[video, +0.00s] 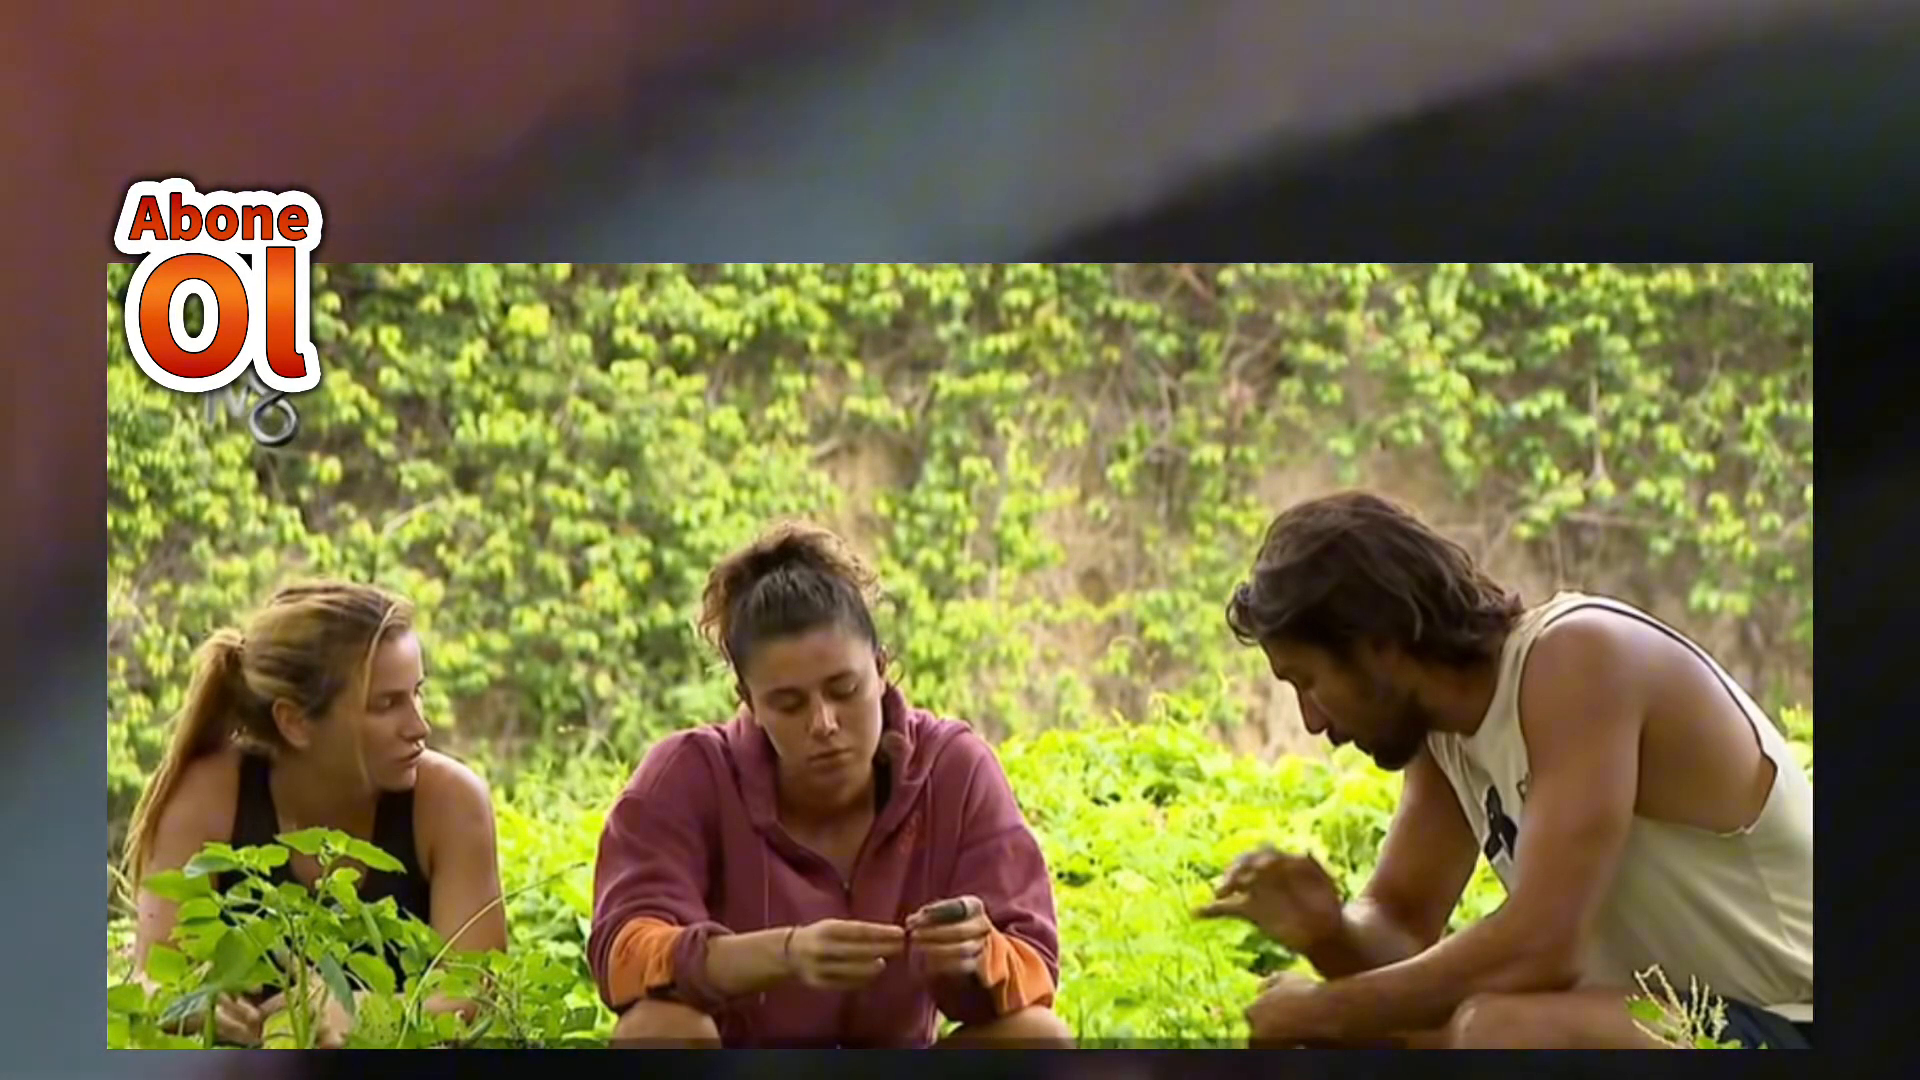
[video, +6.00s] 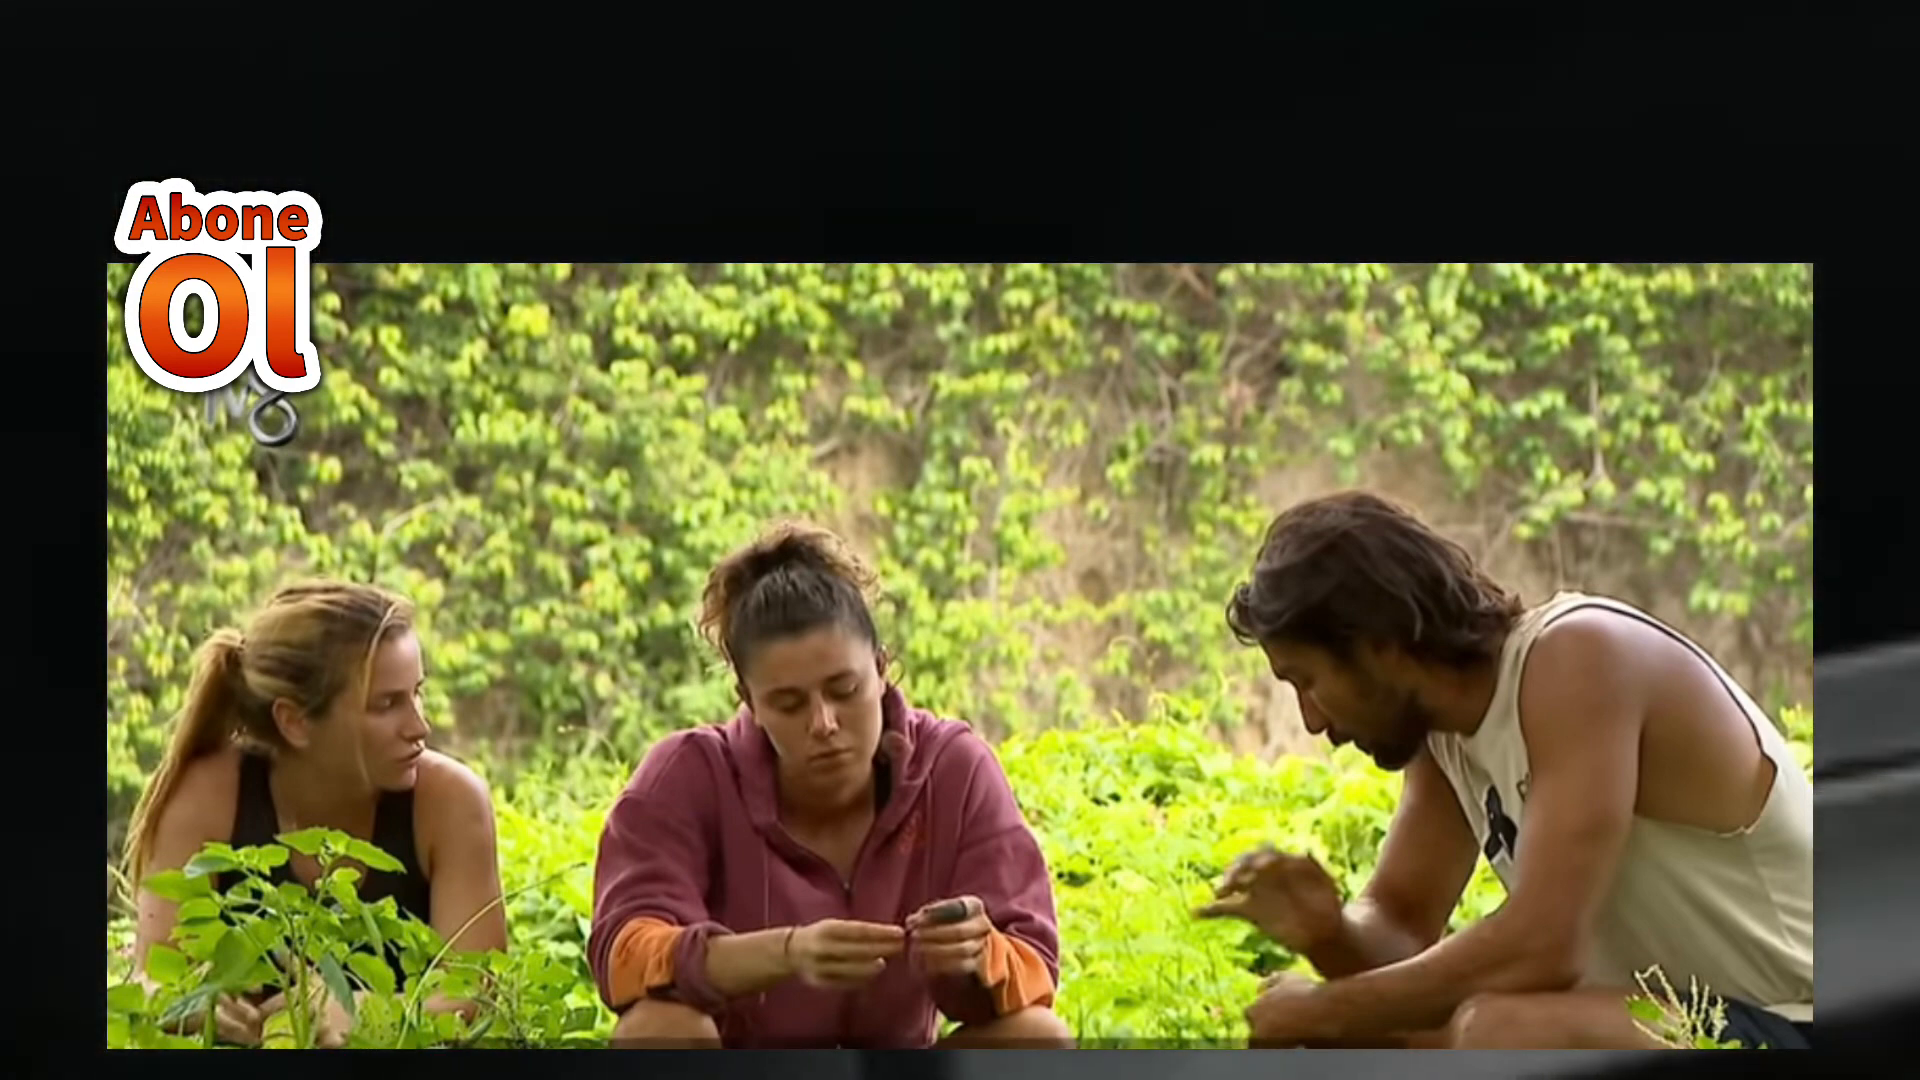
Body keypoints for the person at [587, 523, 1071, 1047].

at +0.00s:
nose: (824, 725)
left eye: (844, 690)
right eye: (789, 703)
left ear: (881, 670)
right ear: (747, 700)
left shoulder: (955, 766)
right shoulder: (687, 773)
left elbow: (1030, 971)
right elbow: (629, 957)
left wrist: (977, 953)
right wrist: (785, 953)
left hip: (897, 1053)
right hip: (739, 1056)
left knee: (1036, 1035)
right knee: (659, 1026)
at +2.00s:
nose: (824, 725)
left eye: (844, 690)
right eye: (789, 703)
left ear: (881, 670)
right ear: (747, 698)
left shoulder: (955, 766)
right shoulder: (687, 773)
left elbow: (1030, 970)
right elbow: (629, 957)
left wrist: (977, 954)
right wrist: (786, 952)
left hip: (898, 1062)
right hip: (739, 1063)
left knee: (1037, 1037)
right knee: (658, 1026)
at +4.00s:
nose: (824, 725)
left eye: (844, 690)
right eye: (789, 703)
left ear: (881, 670)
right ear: (747, 699)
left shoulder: (955, 766)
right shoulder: (687, 773)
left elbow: (1030, 970)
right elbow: (630, 957)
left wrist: (977, 953)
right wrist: (785, 953)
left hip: (897, 1061)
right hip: (739, 1062)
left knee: (1037, 1037)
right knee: (659, 1026)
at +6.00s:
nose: (824, 725)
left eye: (844, 690)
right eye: (789, 703)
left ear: (881, 670)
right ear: (747, 699)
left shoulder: (955, 766)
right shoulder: (687, 774)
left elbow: (1031, 969)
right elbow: (629, 957)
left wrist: (977, 954)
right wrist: (787, 951)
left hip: (900, 1054)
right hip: (740, 1056)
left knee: (1037, 1036)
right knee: (658, 1026)